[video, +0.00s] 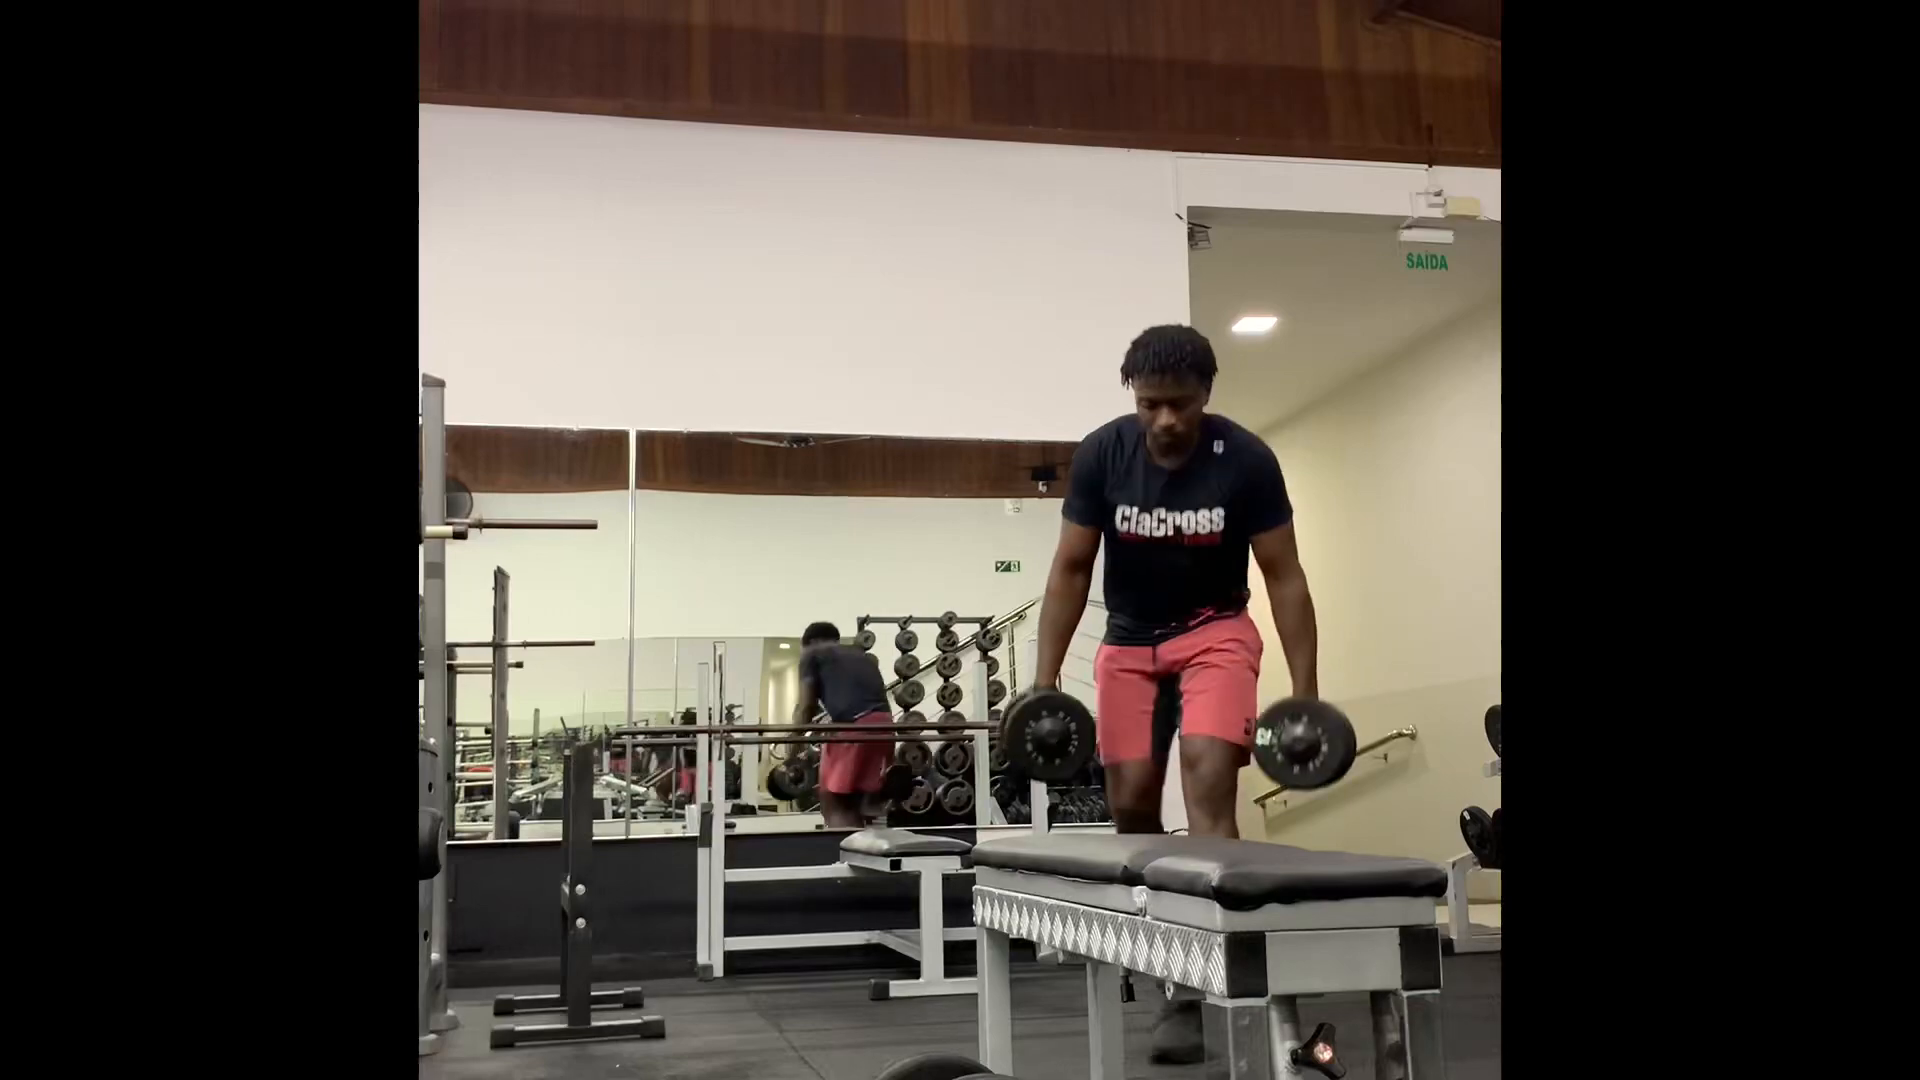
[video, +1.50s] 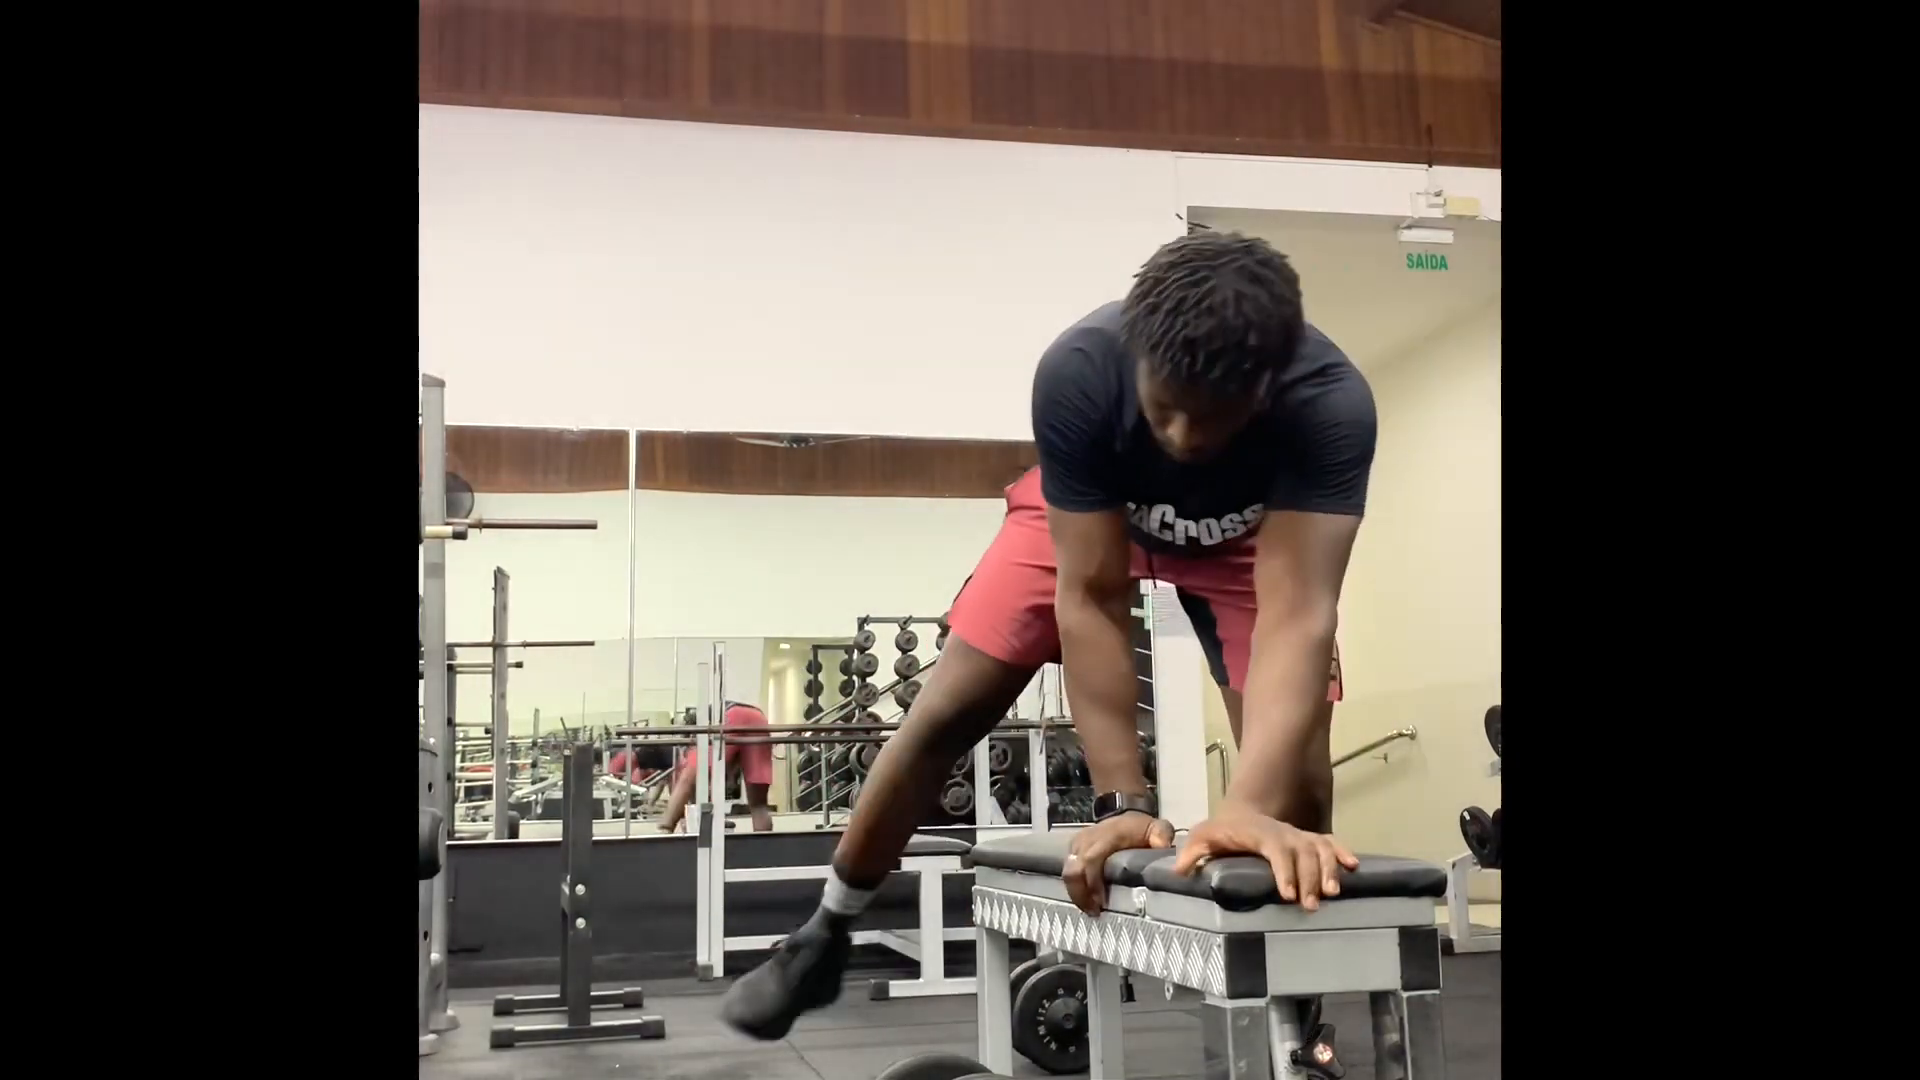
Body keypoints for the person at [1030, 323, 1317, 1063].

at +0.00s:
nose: (1164, 421)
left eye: (1180, 405)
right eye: (1151, 405)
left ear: (1206, 396)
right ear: (1132, 395)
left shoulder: (1246, 463)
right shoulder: (1102, 456)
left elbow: (1283, 577)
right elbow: (1070, 572)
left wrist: (1306, 694)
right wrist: (1044, 684)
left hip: (1218, 633)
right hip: (1128, 643)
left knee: (1206, 778)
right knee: (1131, 806)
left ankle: (1208, 986)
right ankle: (1174, 984)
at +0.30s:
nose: (1159, 696)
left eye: (1174, 685)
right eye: (1149, 681)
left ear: (1202, 655)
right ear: (1125, 647)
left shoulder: (1230, 634)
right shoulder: (1078, 629)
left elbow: (1261, 781)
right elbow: (1065, 771)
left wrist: (1279, 913)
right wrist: (1041, 918)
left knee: (1201, 804)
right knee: (1075, 788)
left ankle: (1187, 992)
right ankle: (1058, 961)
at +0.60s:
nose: (1188, 468)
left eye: (1204, 453)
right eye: (1172, 449)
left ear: (1226, 445)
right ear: (1143, 432)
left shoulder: (1244, 502)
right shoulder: (1080, 477)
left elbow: (1273, 617)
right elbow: (1013, 597)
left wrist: (1295, 746)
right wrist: (991, 730)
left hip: (1157, 612)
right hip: (1056, 610)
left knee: (1178, 780)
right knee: (1011, 776)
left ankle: (1182, 987)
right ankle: (986, 959)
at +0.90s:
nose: (1006, 289)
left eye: (1022, 269)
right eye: (988, 273)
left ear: (1051, 271)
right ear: (963, 281)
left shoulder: (1106, 359)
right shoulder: (928, 390)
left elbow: (1162, 485)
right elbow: (921, 541)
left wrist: (1192, 614)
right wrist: (928, 687)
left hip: (1099, 580)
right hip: (978, 593)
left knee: (1177, 752)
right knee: (964, 780)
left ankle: (1161, 957)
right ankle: (955, 1017)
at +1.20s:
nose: (1165, 357)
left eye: (1189, 331)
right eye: (1143, 333)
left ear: (1227, 314)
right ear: (1110, 317)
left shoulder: (1278, 385)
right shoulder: (1062, 412)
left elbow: (1319, 562)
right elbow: (1084, 589)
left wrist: (1317, 728)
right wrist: (1114, 759)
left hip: (1211, 562)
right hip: (1077, 570)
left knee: (1265, 764)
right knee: (1001, 802)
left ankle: (1295, 1017)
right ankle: (970, 998)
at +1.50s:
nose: (1183, 438)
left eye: (1211, 421)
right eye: (1165, 413)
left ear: (1267, 381)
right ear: (1140, 359)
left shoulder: (1329, 404)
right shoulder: (1080, 378)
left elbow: (1297, 617)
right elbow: (1090, 596)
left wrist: (1250, 802)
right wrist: (1122, 803)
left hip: (1244, 539)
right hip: (1091, 513)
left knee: (1301, 781)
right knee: (943, 713)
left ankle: (1299, 1019)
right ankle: (822, 938)